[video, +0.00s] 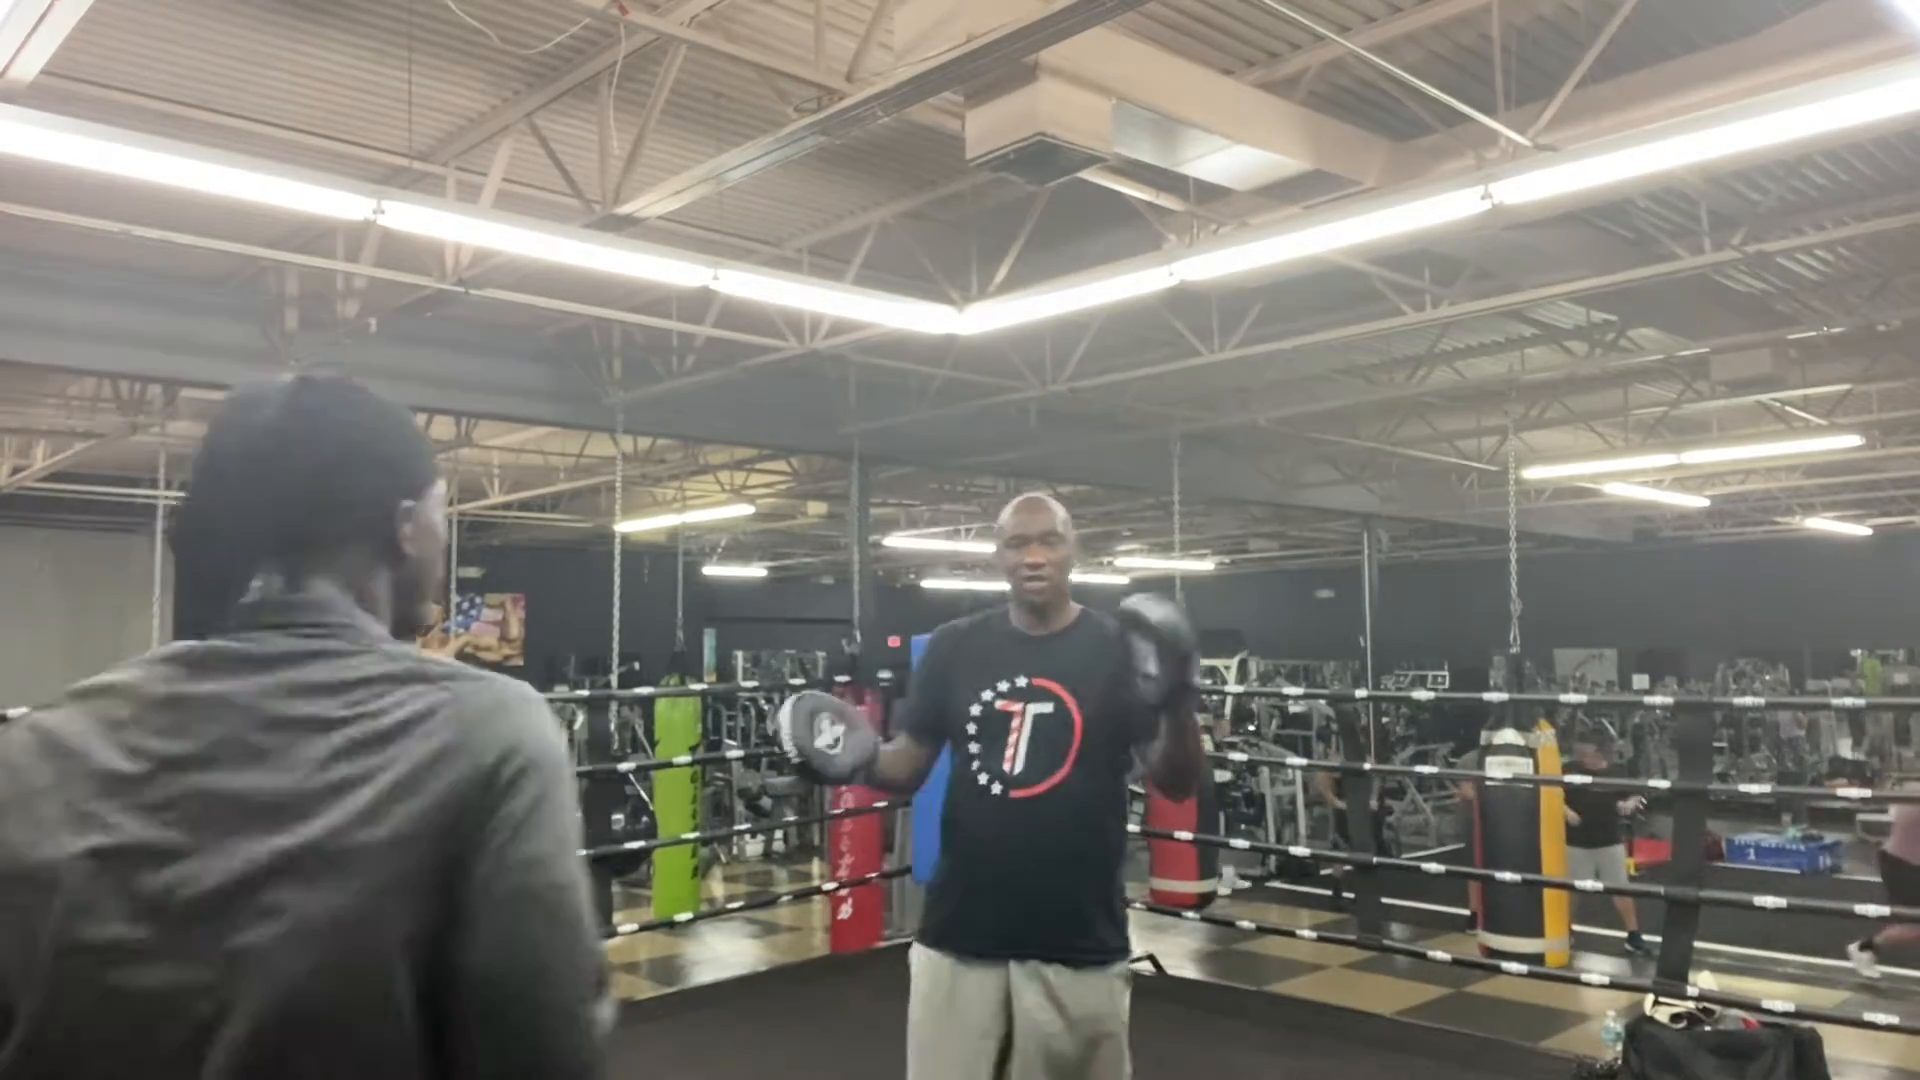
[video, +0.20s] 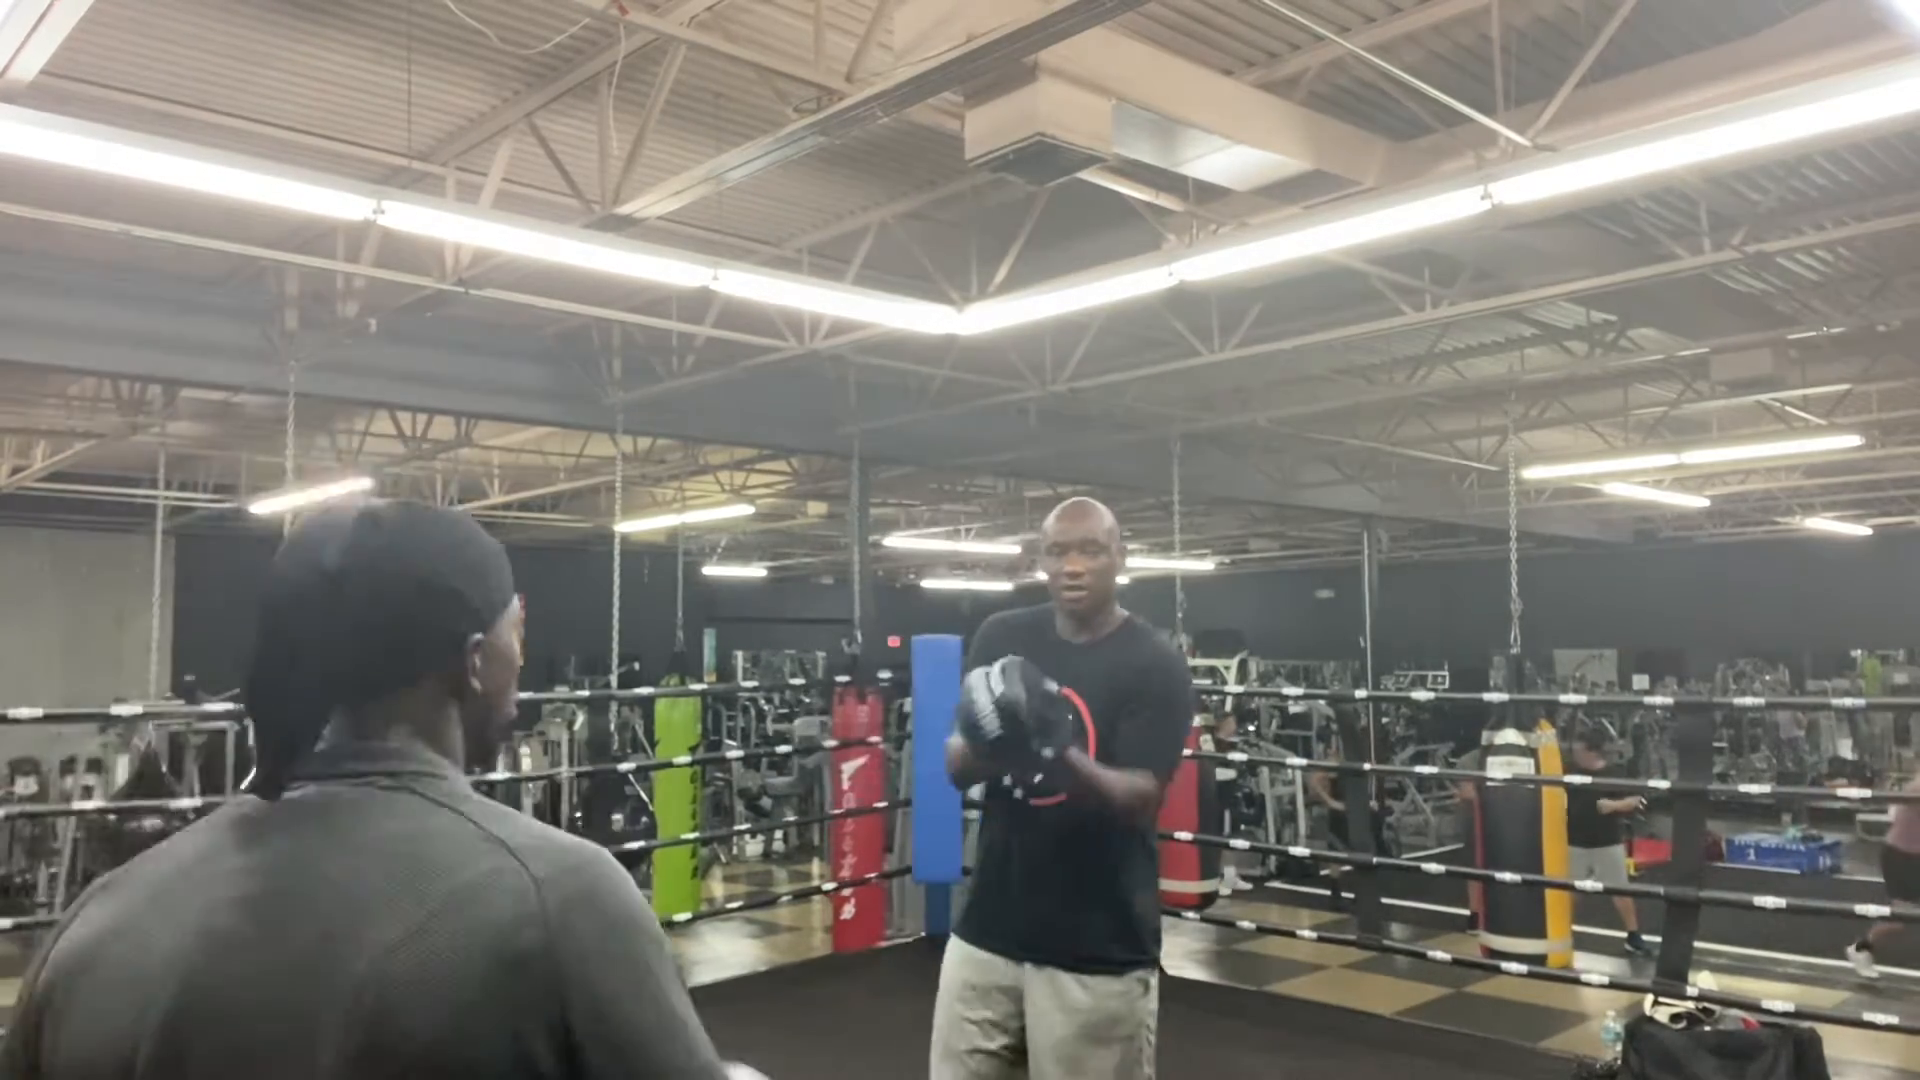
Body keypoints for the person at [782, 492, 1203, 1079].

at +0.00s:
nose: (1033, 556)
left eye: (1049, 541)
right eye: (1017, 544)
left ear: (1074, 553)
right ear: (997, 558)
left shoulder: (1122, 650)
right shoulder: (954, 647)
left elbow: (1177, 784)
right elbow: (908, 764)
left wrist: (1178, 692)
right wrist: (856, 750)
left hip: (1079, 939)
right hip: (961, 934)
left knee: (1081, 1072)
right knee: (942, 1072)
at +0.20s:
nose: (1072, 565)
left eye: (1089, 550)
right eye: (1058, 551)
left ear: (1120, 559)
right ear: (1041, 562)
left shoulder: (1156, 662)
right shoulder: (1000, 637)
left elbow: (1143, 797)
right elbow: (957, 765)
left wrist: (1059, 753)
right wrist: (997, 738)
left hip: (1100, 952)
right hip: (989, 937)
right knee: (960, 1071)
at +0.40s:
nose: (1082, 568)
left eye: (1100, 552)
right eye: (1068, 553)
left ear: (1131, 560)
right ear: (1052, 562)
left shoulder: (1170, 666)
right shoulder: (1021, 639)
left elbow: (1177, 806)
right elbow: (973, 761)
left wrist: (1086, 772)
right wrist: (988, 753)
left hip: (1113, 959)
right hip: (1008, 943)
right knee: (993, 1072)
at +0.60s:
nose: (1081, 567)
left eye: (1098, 552)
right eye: (1066, 553)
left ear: (1127, 560)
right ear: (1050, 564)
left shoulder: (1179, 672)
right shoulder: (1030, 647)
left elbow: (1222, 801)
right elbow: (1006, 749)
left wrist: (1124, 803)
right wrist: (986, 784)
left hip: (1114, 963)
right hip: (1009, 942)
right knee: (972, 1073)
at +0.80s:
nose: (1076, 566)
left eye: (1093, 552)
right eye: (1063, 552)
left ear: (1122, 562)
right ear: (1047, 564)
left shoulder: (1169, 666)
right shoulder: (1022, 649)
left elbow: (1216, 798)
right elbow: (998, 755)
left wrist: (1121, 787)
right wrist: (974, 774)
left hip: (1112, 956)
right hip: (1013, 940)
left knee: (1104, 1071)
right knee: (1007, 1072)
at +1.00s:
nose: (1064, 569)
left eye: (1081, 555)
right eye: (1050, 555)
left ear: (1108, 568)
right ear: (1033, 568)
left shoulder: (1153, 669)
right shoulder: (1004, 654)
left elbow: (1193, 797)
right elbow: (973, 761)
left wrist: (1121, 774)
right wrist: (970, 765)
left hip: (1106, 943)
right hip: (1013, 929)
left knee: (1105, 1072)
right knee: (1029, 1071)